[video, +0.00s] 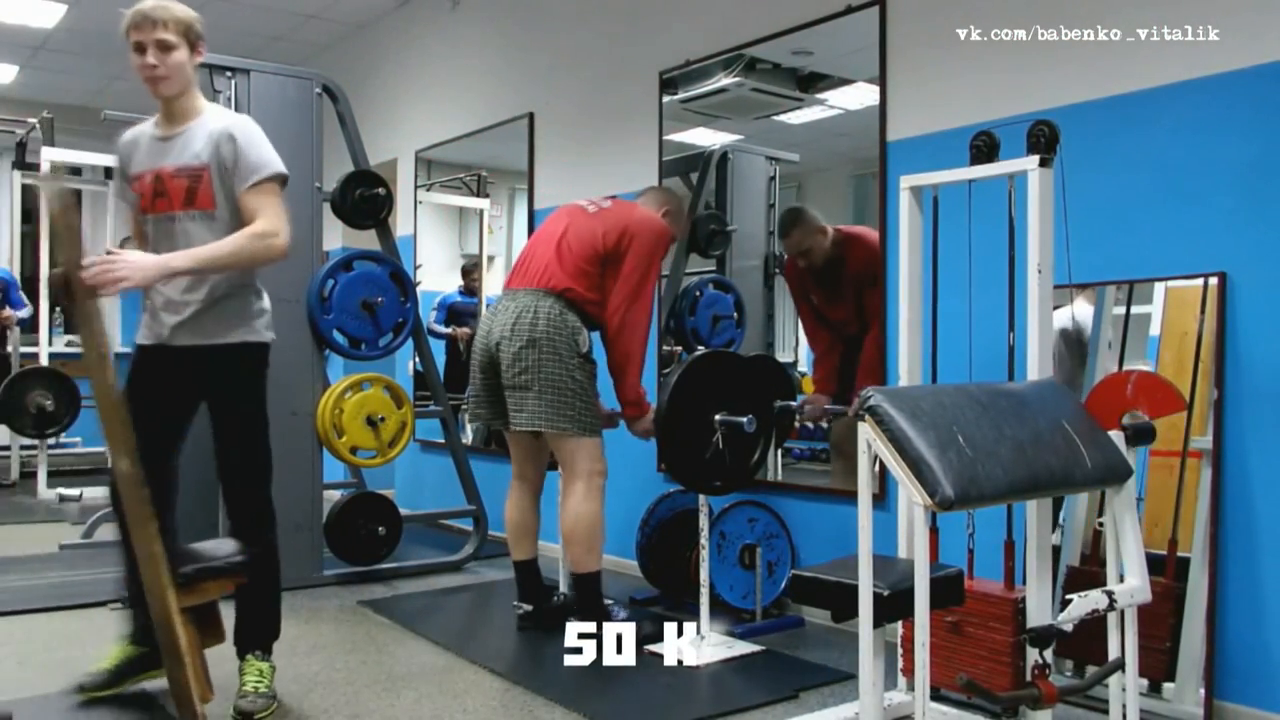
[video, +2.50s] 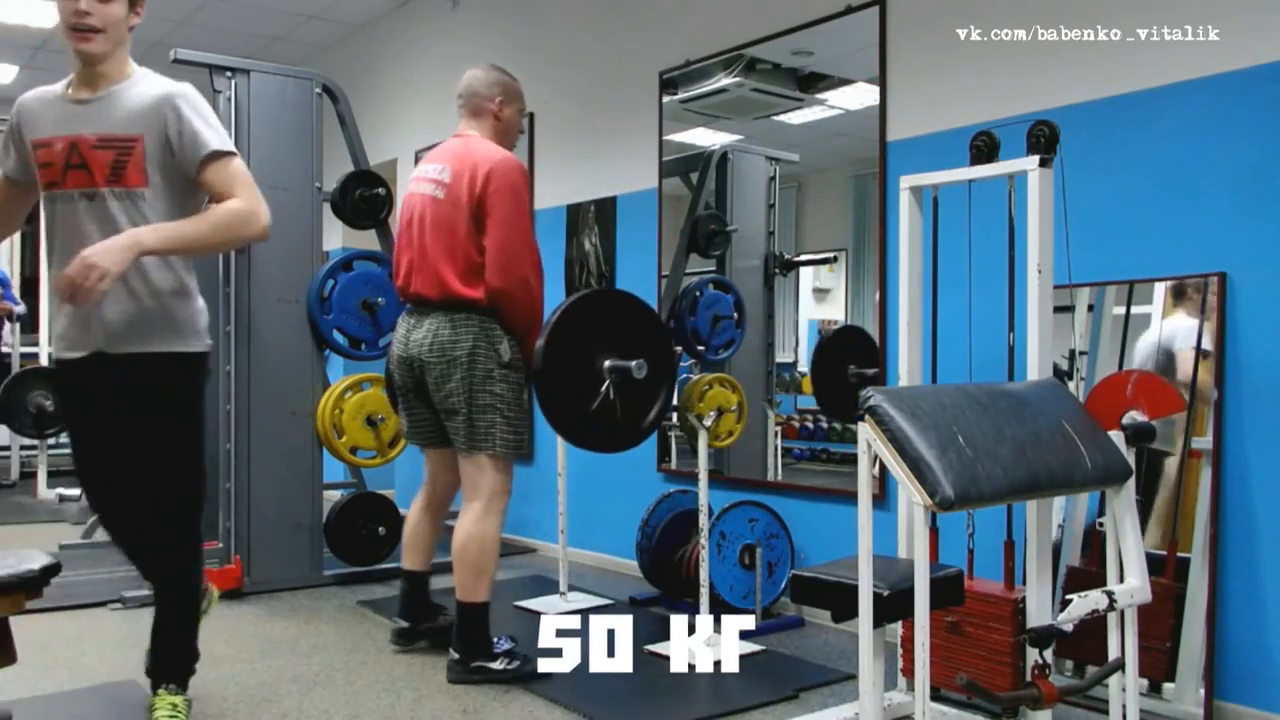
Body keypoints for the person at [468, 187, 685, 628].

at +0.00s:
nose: (671, 243)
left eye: (676, 239)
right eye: (675, 236)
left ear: (644, 201)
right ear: (666, 215)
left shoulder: (585, 213)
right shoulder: (649, 225)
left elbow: (553, 308)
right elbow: (623, 318)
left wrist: (585, 396)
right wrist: (636, 408)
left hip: (497, 322)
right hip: (547, 327)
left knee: (526, 473)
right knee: (584, 473)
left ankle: (532, 601)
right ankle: (590, 613)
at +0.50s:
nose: (671, 230)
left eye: (674, 225)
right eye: (674, 224)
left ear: (633, 196)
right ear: (664, 207)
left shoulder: (582, 212)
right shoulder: (653, 225)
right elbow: (628, 315)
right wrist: (636, 404)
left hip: (504, 324)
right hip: (556, 329)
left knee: (531, 471)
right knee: (588, 474)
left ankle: (529, 598)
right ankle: (587, 615)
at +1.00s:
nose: (648, 193)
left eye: (649, 186)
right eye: (648, 184)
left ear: (602, 168)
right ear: (634, 171)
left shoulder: (557, 201)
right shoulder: (631, 209)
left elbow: (511, 282)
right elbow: (623, 307)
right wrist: (637, 390)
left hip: (502, 327)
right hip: (558, 332)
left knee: (532, 470)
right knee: (598, 475)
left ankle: (532, 598)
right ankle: (588, 612)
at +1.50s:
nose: (583, 130)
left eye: (581, 121)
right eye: (580, 121)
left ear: (530, 122)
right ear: (563, 119)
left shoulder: (499, 175)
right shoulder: (580, 173)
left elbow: (482, 268)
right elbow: (591, 271)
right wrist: (610, 342)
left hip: (489, 336)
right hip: (552, 336)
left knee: (504, 466)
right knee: (585, 475)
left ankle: (449, 595)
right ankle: (586, 619)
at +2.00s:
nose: (509, 132)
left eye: (508, 123)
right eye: (507, 122)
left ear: (459, 122)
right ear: (486, 118)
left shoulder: (427, 177)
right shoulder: (504, 168)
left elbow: (408, 269)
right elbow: (511, 268)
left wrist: (438, 315)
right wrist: (532, 339)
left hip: (419, 333)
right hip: (480, 330)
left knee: (448, 479)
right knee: (542, 470)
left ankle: (434, 621)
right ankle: (516, 616)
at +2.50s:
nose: (521, 128)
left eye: (522, 119)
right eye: (520, 118)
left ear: (468, 107)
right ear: (499, 107)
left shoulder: (425, 163)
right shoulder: (501, 165)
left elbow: (403, 264)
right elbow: (511, 271)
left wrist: (435, 310)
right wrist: (527, 340)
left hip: (412, 332)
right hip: (472, 334)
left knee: (438, 480)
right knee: (485, 491)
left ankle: (414, 616)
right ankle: (473, 649)